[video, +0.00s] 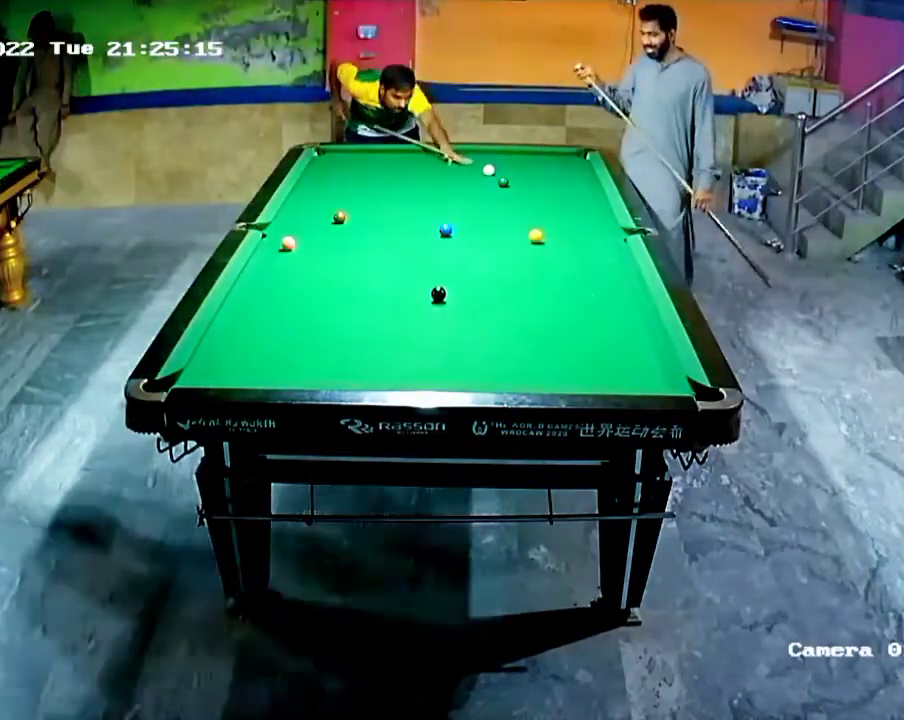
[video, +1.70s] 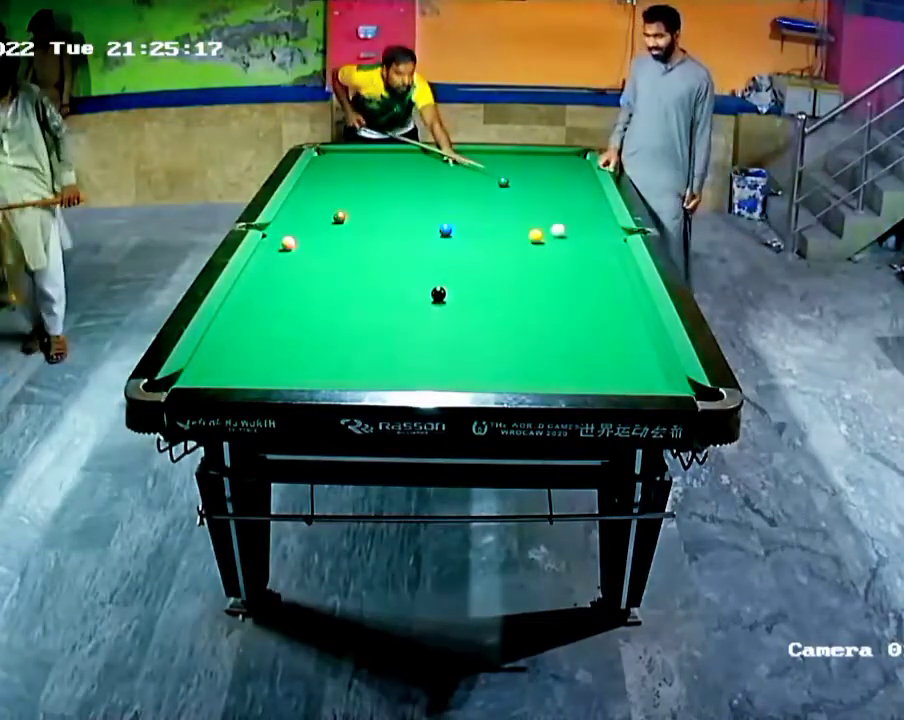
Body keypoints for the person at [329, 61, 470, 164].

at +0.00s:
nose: (402, 104)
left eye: (407, 98)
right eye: (397, 98)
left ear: (412, 92)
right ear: (382, 90)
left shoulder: (413, 93)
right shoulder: (362, 89)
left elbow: (431, 122)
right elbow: (342, 69)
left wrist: (446, 149)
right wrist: (338, 101)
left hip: (403, 132)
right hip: (366, 132)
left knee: (407, 178)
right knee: (363, 177)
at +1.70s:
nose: (406, 82)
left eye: (410, 75)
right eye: (400, 75)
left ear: (414, 72)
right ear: (385, 70)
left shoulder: (418, 85)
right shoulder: (363, 79)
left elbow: (433, 122)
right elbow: (338, 78)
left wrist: (448, 150)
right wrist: (349, 112)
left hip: (403, 136)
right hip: (365, 135)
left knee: (408, 183)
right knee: (363, 183)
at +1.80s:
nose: (402, 56)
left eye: (407, 50)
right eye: (396, 49)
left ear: (411, 50)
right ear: (383, 48)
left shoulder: (419, 70)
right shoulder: (364, 65)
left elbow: (435, 107)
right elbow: (337, 73)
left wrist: (446, 141)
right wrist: (346, 109)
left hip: (401, 132)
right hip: (363, 131)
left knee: (404, 183)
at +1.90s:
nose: (397, 30)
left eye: (400, 24)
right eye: (390, 24)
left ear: (405, 25)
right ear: (378, 26)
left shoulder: (418, 51)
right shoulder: (359, 52)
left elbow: (436, 91)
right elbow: (337, 71)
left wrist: (440, 128)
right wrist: (345, 107)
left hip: (404, 132)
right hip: (366, 132)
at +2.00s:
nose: (394, 21)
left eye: (398, 15)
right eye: (387, 15)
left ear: (403, 16)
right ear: (375, 17)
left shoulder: (418, 46)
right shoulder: (357, 47)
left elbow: (432, 86)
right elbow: (338, 70)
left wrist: (433, 121)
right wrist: (345, 106)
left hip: (405, 133)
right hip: (366, 134)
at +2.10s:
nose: (392, 12)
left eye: (396, 6)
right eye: (384, 7)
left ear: (400, 7)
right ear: (372, 11)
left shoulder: (417, 40)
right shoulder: (356, 43)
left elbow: (427, 78)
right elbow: (338, 70)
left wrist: (420, 115)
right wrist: (349, 108)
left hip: (406, 134)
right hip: (367, 135)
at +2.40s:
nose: (386, 6)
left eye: (390, 1)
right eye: (379, 2)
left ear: (397, 4)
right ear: (370, 5)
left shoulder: (415, 33)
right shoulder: (356, 38)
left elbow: (425, 68)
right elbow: (340, 72)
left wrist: (414, 91)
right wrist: (359, 105)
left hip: (407, 129)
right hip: (369, 130)